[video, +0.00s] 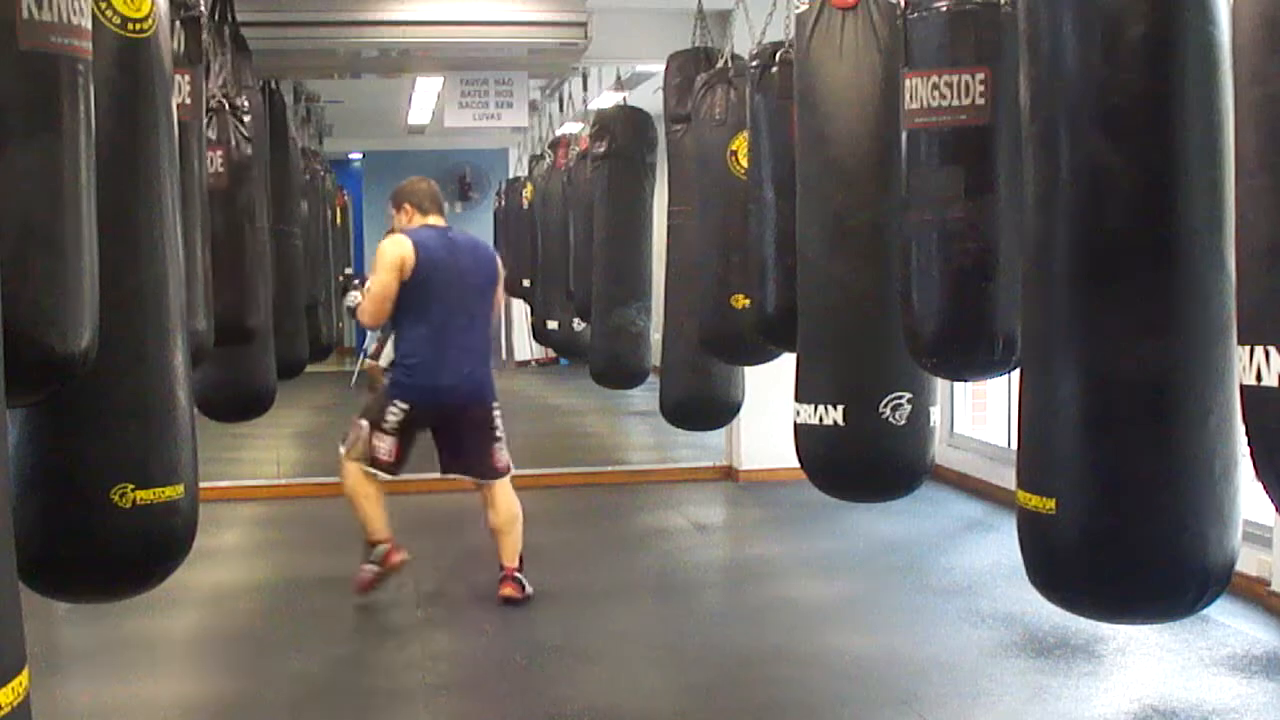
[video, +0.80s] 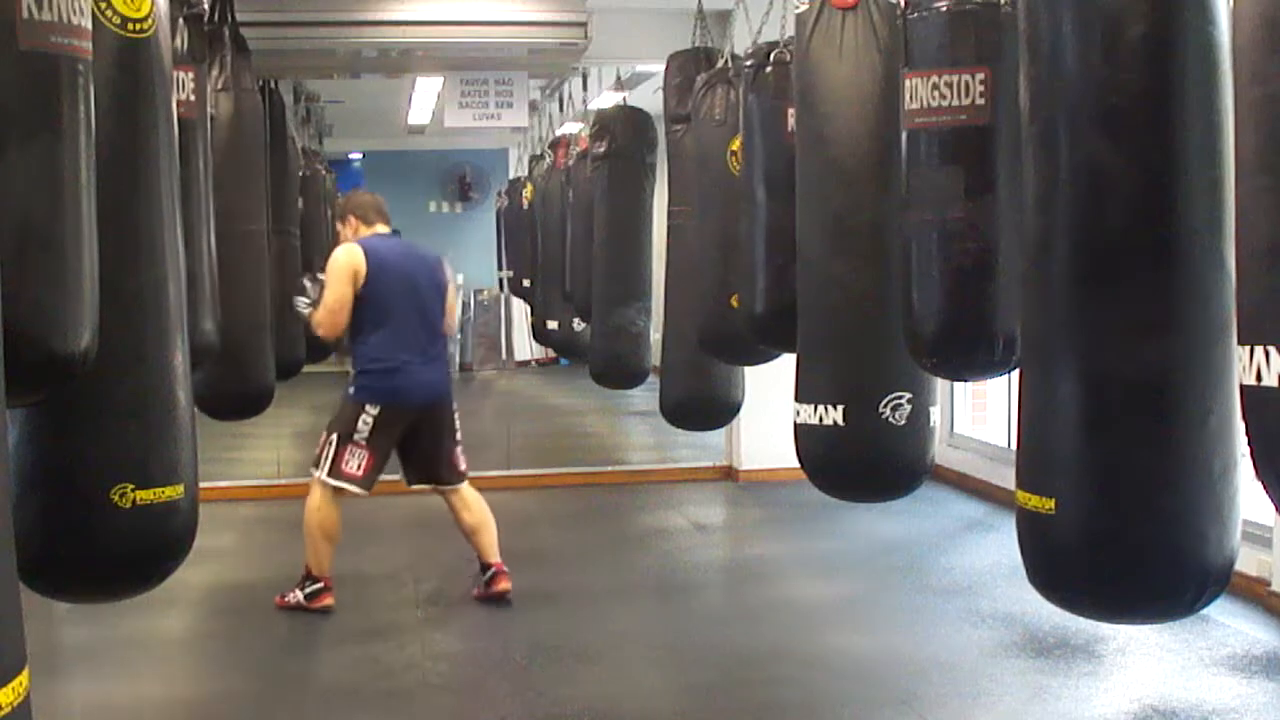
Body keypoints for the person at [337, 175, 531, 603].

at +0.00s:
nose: (393, 224)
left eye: (393, 216)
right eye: (392, 217)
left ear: (407, 211)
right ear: (442, 211)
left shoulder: (398, 246)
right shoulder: (487, 253)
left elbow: (372, 317)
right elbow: (495, 311)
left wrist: (362, 295)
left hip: (414, 385)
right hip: (473, 388)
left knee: (354, 461)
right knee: (497, 482)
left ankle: (381, 546)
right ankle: (512, 572)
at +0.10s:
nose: (380, 221)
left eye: (381, 215)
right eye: (381, 216)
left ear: (390, 213)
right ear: (427, 212)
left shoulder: (377, 244)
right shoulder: (466, 249)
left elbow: (332, 302)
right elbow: (484, 306)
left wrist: (333, 275)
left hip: (391, 386)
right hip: (453, 386)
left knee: (344, 478)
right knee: (492, 480)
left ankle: (333, 564)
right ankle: (510, 574)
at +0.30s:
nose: (329, 222)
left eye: (330, 216)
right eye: (330, 217)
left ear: (339, 216)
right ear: (380, 218)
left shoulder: (323, 244)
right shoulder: (417, 255)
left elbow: (270, 291)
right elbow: (426, 311)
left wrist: (284, 264)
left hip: (354, 392)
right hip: (415, 390)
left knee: (308, 486)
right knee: (453, 476)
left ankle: (314, 585)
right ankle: (506, 556)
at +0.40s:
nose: (312, 227)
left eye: (312, 219)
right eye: (311, 221)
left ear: (323, 210)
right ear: (350, 209)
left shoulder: (336, 240)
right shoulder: (381, 245)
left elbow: (287, 293)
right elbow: (398, 329)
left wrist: (279, 255)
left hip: (353, 383)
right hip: (401, 380)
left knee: (308, 485)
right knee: (423, 478)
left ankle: (313, 586)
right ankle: (486, 554)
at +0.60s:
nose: (312, 222)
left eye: (311, 214)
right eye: (310, 216)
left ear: (326, 208)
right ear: (355, 205)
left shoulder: (336, 239)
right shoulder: (388, 242)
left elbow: (291, 296)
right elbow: (404, 322)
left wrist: (282, 261)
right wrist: (426, 391)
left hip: (362, 382)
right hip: (410, 380)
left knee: (319, 484)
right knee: (427, 474)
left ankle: (315, 586)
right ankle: (484, 549)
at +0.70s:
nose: (325, 233)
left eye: (324, 227)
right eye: (323, 228)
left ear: (336, 220)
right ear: (370, 219)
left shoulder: (340, 251)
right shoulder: (407, 254)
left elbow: (305, 316)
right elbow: (403, 314)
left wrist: (294, 292)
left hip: (370, 389)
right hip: (422, 387)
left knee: (315, 484)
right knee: (443, 480)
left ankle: (316, 584)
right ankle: (490, 564)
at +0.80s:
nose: (341, 235)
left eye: (340, 229)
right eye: (340, 229)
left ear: (352, 224)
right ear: (385, 221)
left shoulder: (350, 255)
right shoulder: (434, 261)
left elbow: (329, 327)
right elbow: (449, 325)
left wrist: (312, 304)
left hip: (379, 391)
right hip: (434, 392)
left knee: (325, 485)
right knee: (455, 483)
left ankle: (316, 582)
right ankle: (496, 571)